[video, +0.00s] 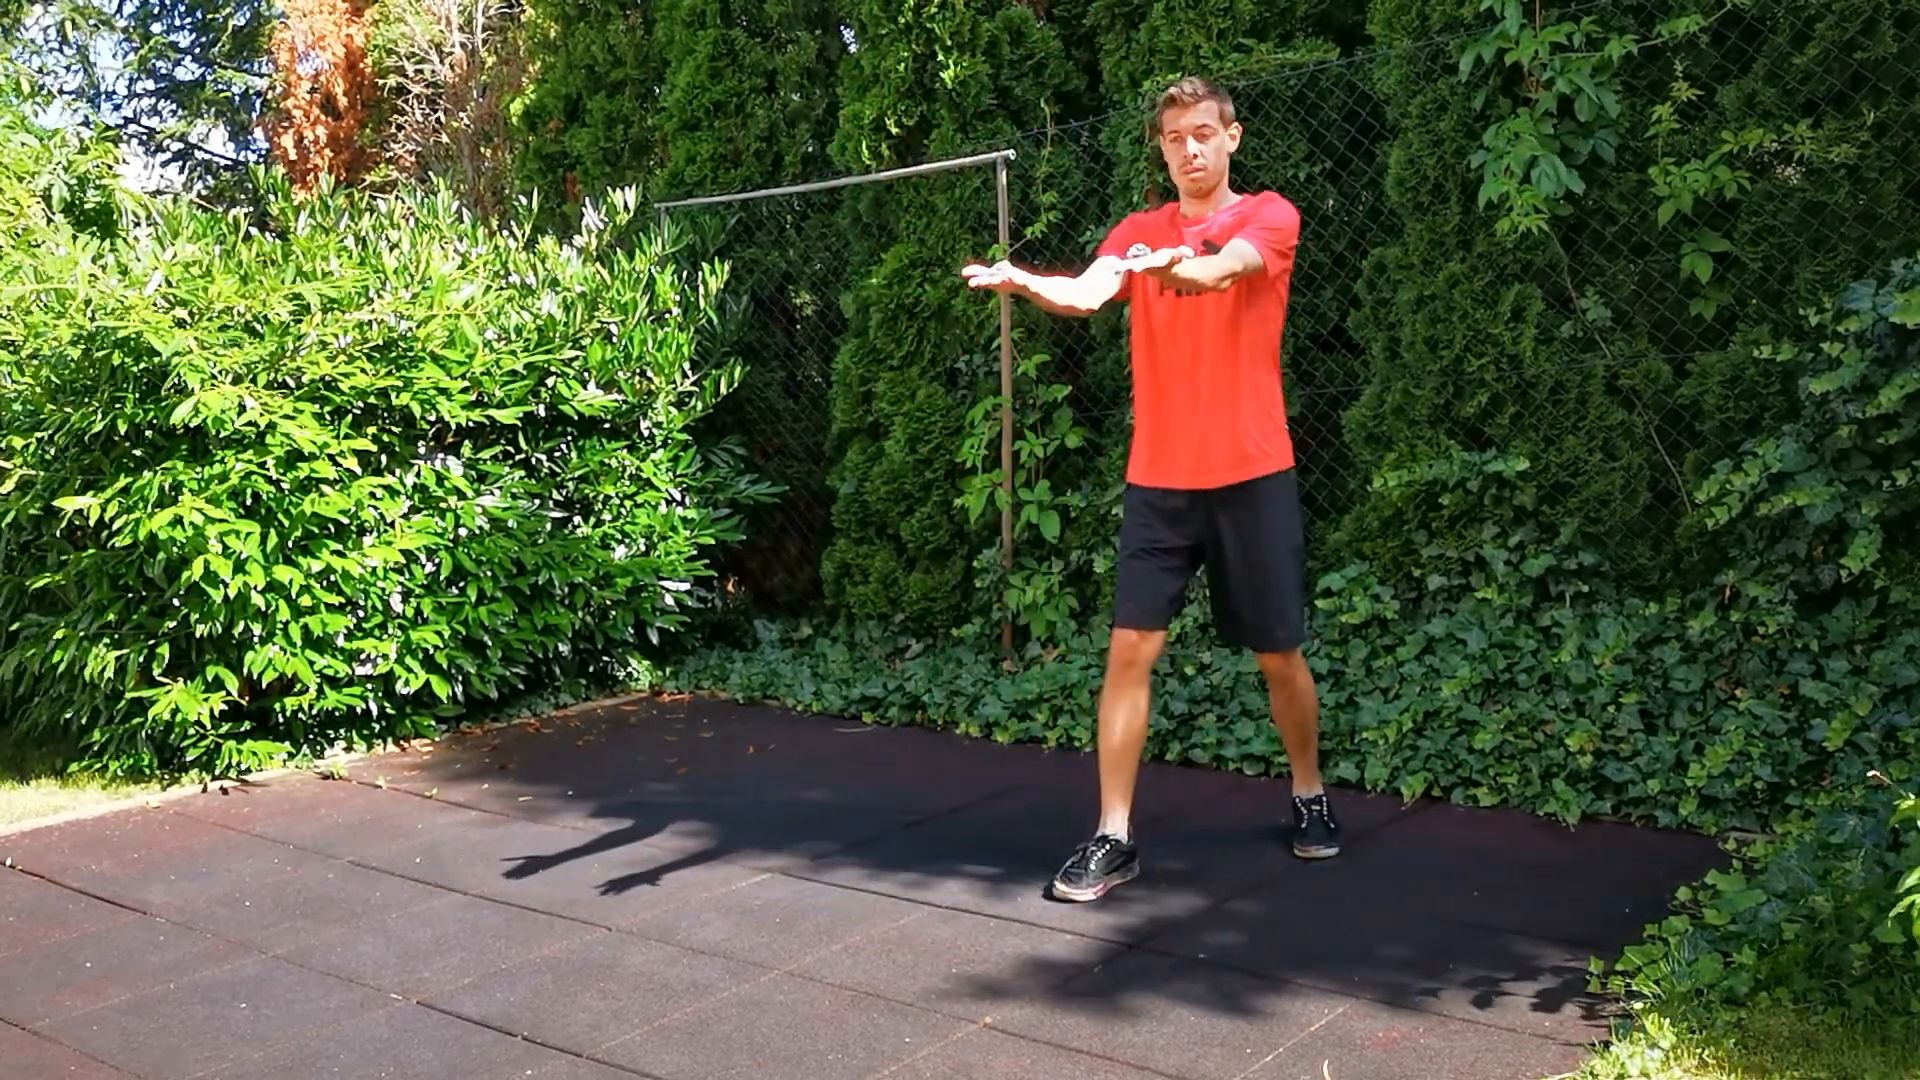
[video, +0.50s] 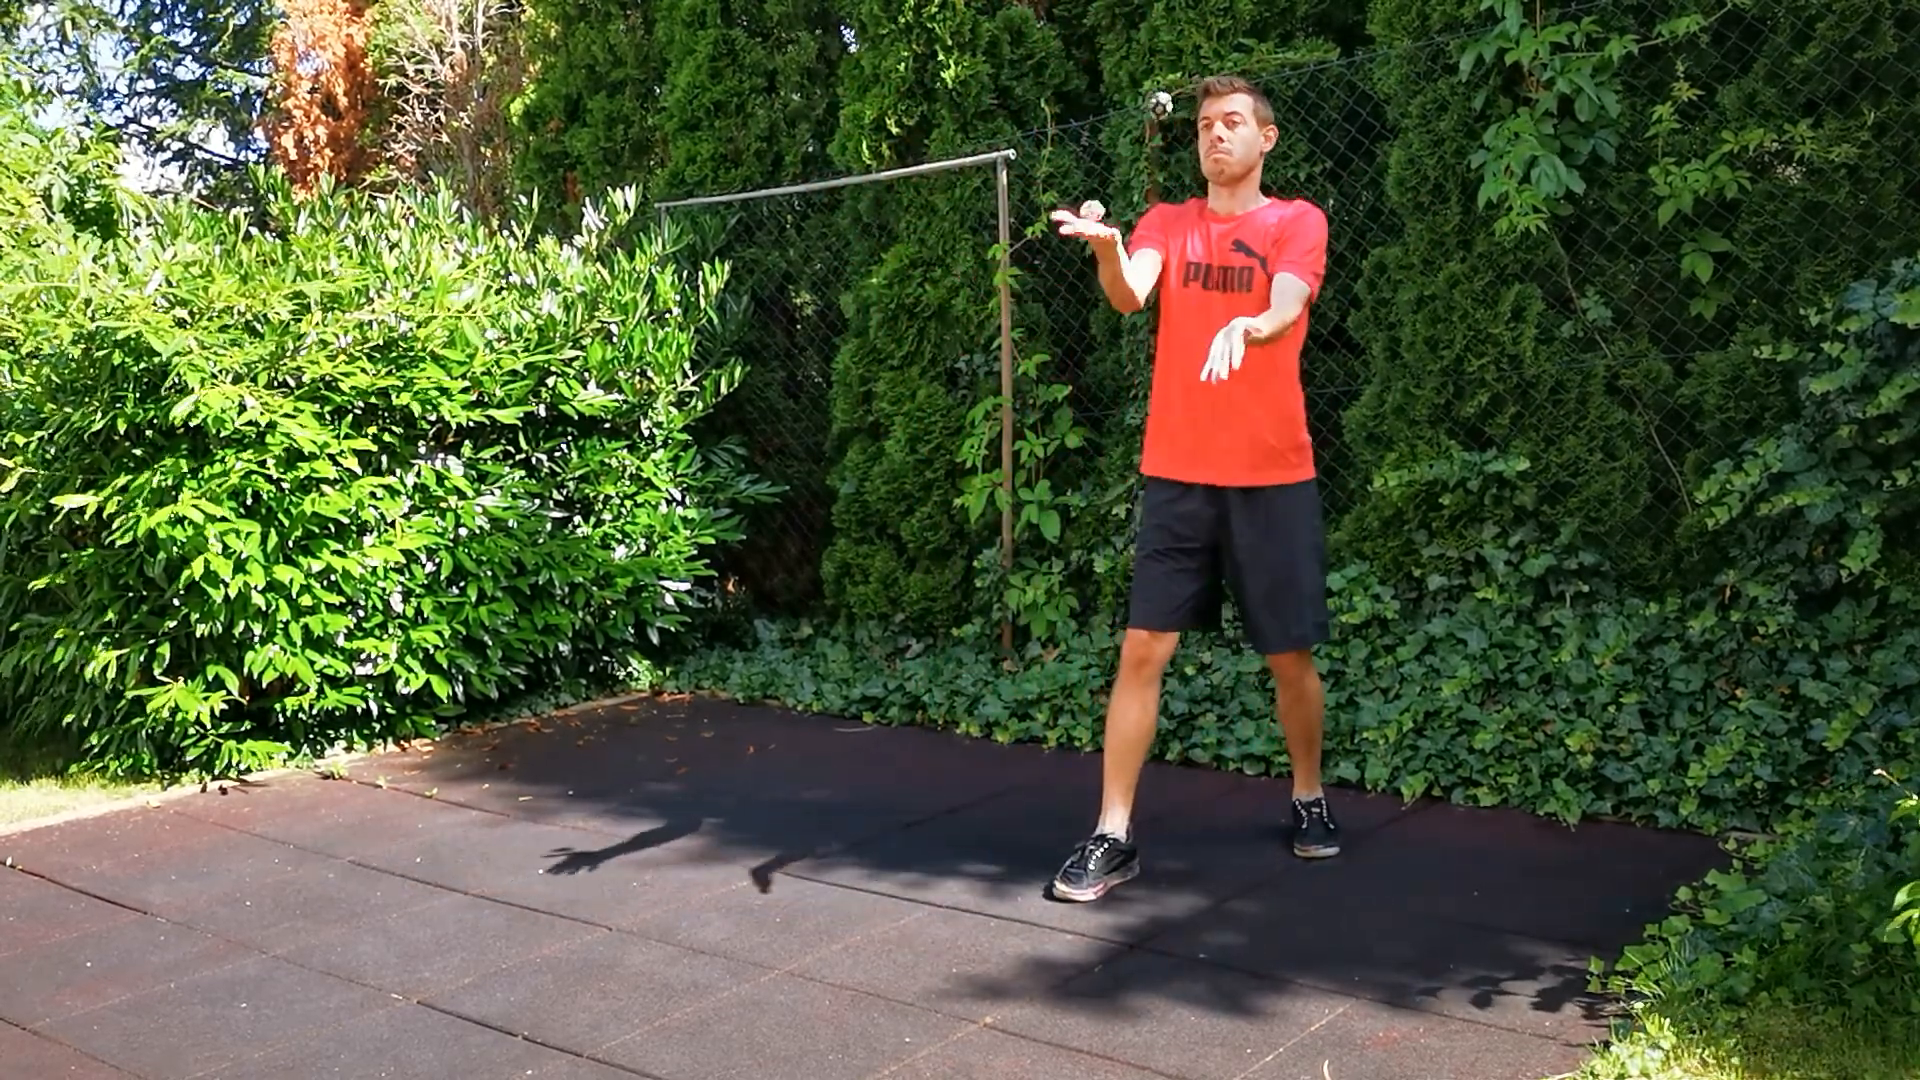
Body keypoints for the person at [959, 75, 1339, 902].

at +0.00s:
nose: (1189, 151)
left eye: (1202, 134)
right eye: (1175, 139)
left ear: (1233, 138)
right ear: (1159, 150)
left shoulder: (1272, 213)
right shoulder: (1140, 230)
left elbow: (1231, 261)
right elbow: (1083, 294)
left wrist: (1181, 266)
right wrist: (1018, 278)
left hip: (1252, 473)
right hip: (1158, 476)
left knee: (1279, 651)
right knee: (1130, 646)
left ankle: (1309, 797)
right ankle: (1113, 834)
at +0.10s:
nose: (1191, 159)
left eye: (1205, 141)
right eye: (1179, 146)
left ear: (1242, 141)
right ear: (1168, 154)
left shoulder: (1283, 216)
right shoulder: (1154, 232)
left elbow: (1246, 266)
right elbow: (1094, 297)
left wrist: (1197, 271)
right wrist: (1027, 283)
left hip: (1262, 476)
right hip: (1168, 478)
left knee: (1284, 652)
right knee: (1133, 645)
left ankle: (1308, 800)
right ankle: (1113, 835)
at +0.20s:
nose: (1199, 156)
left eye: (1214, 140)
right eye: (1188, 144)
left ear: (1252, 141)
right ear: (1178, 153)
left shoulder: (1291, 217)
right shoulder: (1162, 235)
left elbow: (1253, 265)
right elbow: (1107, 303)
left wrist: (1205, 273)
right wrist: (1040, 301)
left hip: (1269, 477)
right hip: (1174, 479)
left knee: (1290, 654)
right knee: (1139, 647)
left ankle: (1310, 802)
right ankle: (1113, 834)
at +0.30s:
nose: (1214, 143)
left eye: (1227, 129)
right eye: (1203, 133)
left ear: (1262, 136)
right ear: (1190, 147)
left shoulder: (1296, 210)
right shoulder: (1166, 223)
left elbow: (1241, 256)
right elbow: (1121, 298)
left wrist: (1177, 212)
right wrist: (1065, 317)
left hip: (1272, 470)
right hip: (1178, 471)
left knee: (1290, 652)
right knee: (1144, 647)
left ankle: (1311, 801)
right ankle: (1115, 832)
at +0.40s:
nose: (1215, 136)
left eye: (1229, 123)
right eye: (1205, 127)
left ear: (1265, 137)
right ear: (1192, 145)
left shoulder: (1296, 213)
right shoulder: (1165, 222)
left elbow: (1267, 273)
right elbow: (1121, 299)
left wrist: (1220, 256)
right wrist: (1078, 289)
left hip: (1272, 471)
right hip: (1178, 471)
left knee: (1291, 651)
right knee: (1143, 647)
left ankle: (1310, 801)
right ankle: (1113, 833)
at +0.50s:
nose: (1219, 134)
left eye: (1234, 121)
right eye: (1209, 125)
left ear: (1268, 138)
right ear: (1195, 146)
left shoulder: (1300, 221)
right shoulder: (1164, 221)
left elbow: (1289, 301)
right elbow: (1127, 298)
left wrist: (1250, 327)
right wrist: (1107, 246)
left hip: (1272, 475)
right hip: (1176, 471)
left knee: (1289, 652)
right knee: (1142, 648)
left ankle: (1309, 800)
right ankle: (1110, 833)